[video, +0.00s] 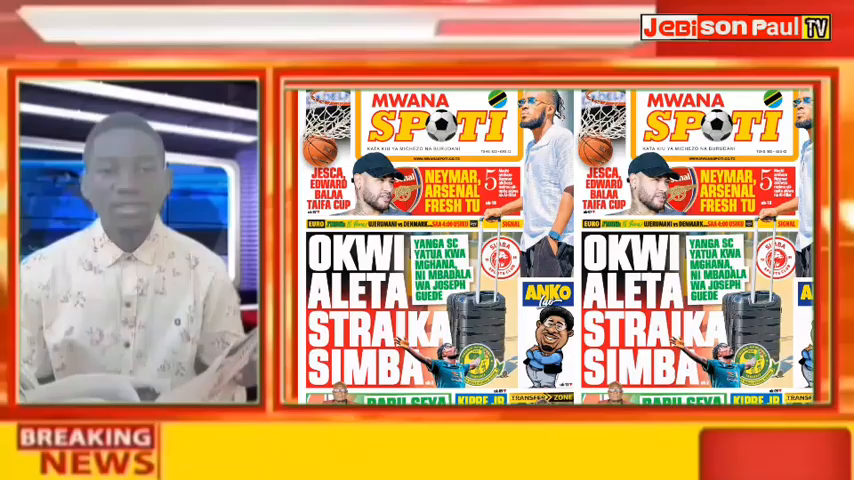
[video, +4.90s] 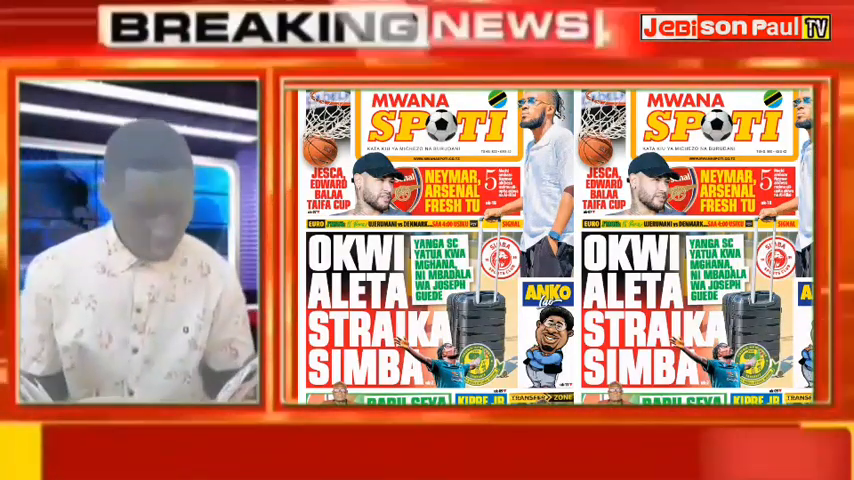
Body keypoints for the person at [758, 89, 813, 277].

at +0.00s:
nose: (799, 107)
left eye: (807, 101)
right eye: (797, 102)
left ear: (820, 107)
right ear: (794, 109)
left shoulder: (827, 148)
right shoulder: (806, 149)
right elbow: (805, 197)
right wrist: (777, 211)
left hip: (821, 240)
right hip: (804, 239)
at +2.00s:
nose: (799, 107)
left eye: (806, 101)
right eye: (797, 103)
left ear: (820, 107)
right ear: (793, 109)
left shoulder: (825, 148)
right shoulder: (806, 149)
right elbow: (805, 196)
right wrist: (777, 210)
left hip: (819, 239)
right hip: (803, 239)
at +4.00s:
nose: (800, 107)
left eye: (806, 101)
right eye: (797, 103)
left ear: (820, 107)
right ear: (794, 110)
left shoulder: (827, 147)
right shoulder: (806, 149)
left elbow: (832, 192)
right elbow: (805, 196)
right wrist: (777, 211)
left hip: (820, 239)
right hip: (804, 239)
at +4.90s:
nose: (800, 107)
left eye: (806, 101)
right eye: (797, 103)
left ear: (820, 107)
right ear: (794, 110)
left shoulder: (827, 148)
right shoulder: (806, 149)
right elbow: (804, 196)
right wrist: (777, 211)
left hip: (820, 239)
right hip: (804, 239)